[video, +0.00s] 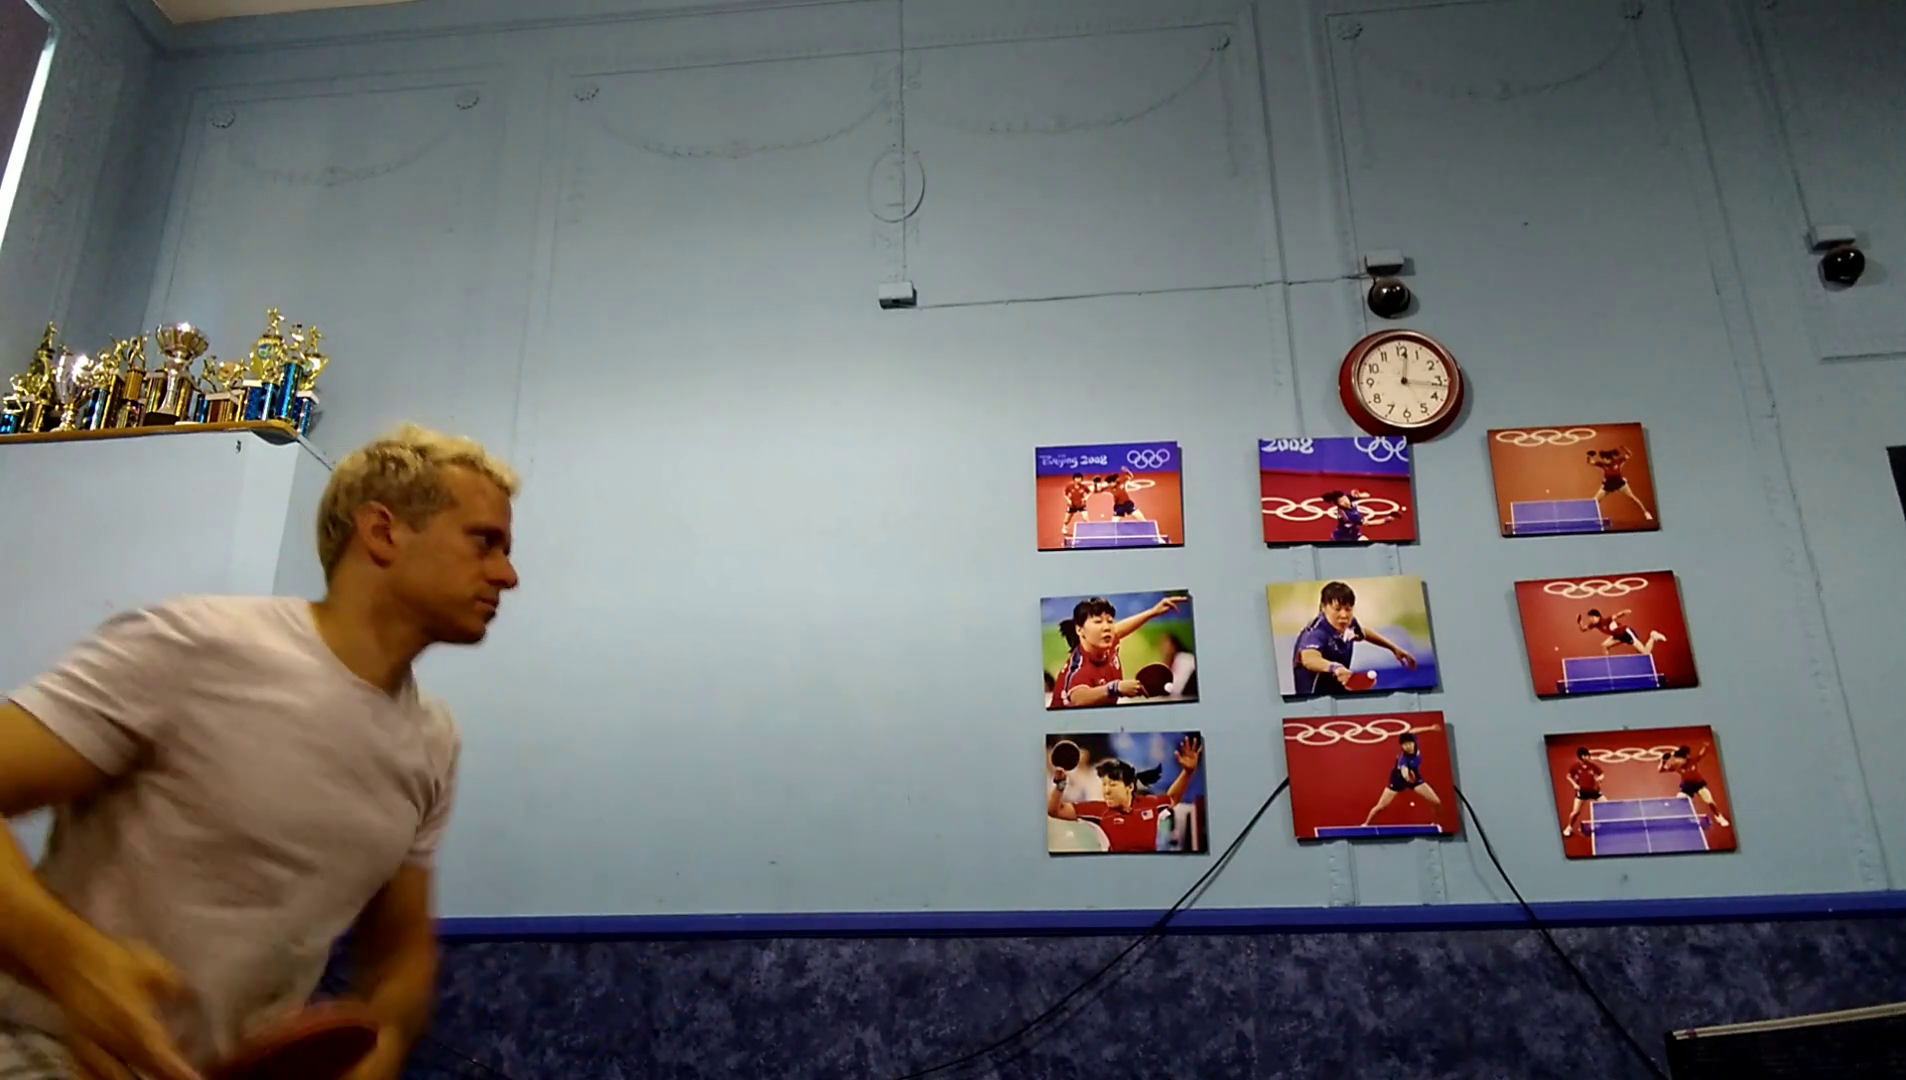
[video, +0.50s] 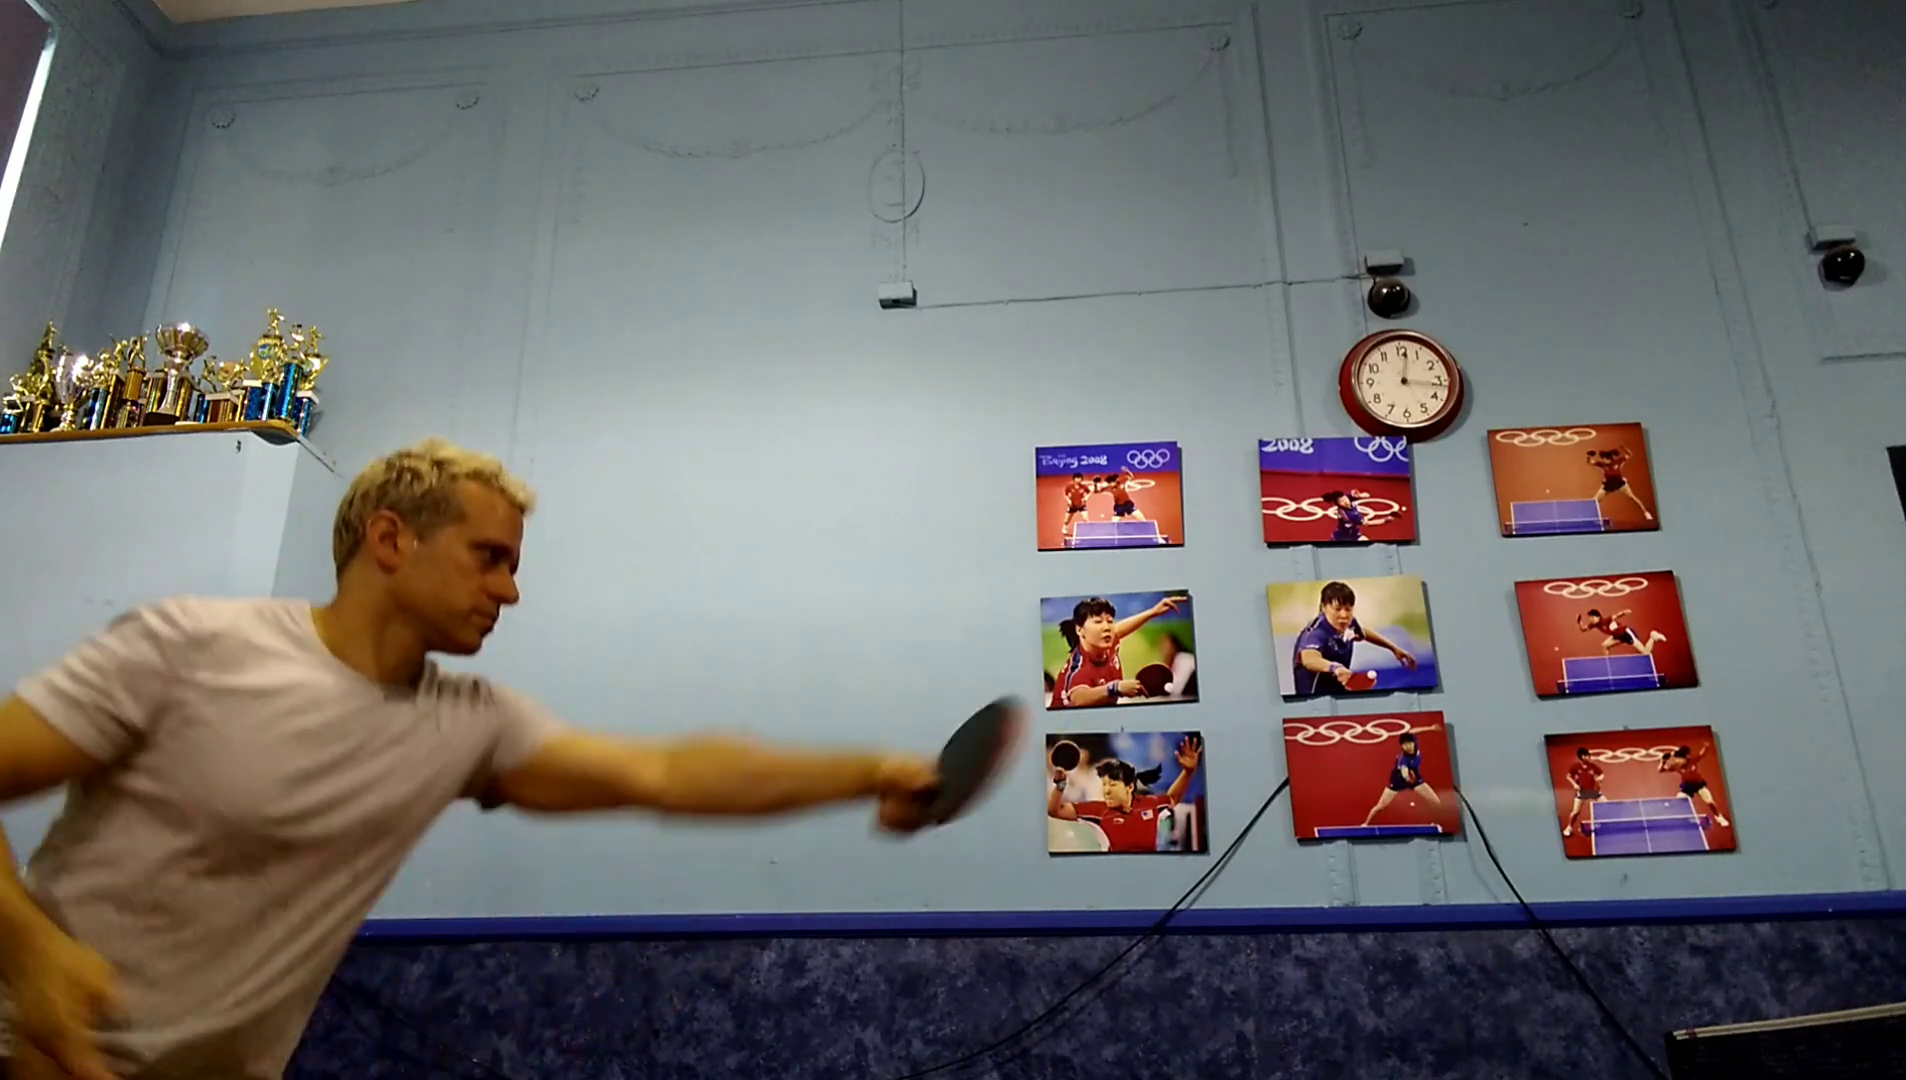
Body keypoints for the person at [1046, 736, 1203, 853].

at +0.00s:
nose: (1107, 790)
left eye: (1113, 785)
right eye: (1104, 785)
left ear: (1130, 787)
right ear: (1101, 787)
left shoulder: (1151, 804)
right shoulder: (1100, 811)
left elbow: (1172, 798)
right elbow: (1055, 811)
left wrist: (1188, 771)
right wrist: (1059, 785)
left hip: (1151, 872)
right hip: (1117, 873)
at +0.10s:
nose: (1107, 790)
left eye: (1113, 785)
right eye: (1104, 785)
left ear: (1130, 787)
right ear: (1101, 787)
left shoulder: (1151, 804)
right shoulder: (1100, 811)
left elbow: (1172, 798)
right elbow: (1055, 811)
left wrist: (1188, 771)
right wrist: (1059, 785)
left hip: (1151, 872)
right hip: (1117, 873)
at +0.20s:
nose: (1107, 790)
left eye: (1113, 785)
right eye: (1104, 785)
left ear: (1130, 787)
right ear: (1101, 787)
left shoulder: (1151, 804)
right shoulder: (1100, 811)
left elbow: (1172, 798)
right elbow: (1055, 811)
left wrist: (1188, 771)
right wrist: (1059, 785)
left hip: (1151, 872)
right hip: (1116, 873)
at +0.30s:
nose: (1107, 790)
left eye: (1113, 785)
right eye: (1104, 785)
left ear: (1130, 787)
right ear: (1101, 787)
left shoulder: (1151, 804)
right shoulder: (1100, 811)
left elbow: (1172, 798)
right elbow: (1055, 811)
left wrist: (1188, 771)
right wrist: (1059, 785)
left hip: (1151, 872)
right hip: (1116, 873)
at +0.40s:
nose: (1107, 790)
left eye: (1113, 785)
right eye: (1104, 785)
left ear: (1130, 787)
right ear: (1101, 787)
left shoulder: (1151, 805)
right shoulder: (1100, 811)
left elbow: (1172, 799)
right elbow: (1055, 811)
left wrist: (1188, 771)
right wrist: (1059, 785)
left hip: (1151, 872)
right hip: (1116, 874)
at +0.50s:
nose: (1107, 790)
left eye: (1113, 785)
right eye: (1104, 785)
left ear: (1130, 787)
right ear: (1101, 787)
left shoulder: (1151, 804)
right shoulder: (1100, 811)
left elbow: (1172, 798)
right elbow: (1055, 811)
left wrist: (1188, 771)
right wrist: (1059, 785)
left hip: (1152, 872)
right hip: (1117, 874)